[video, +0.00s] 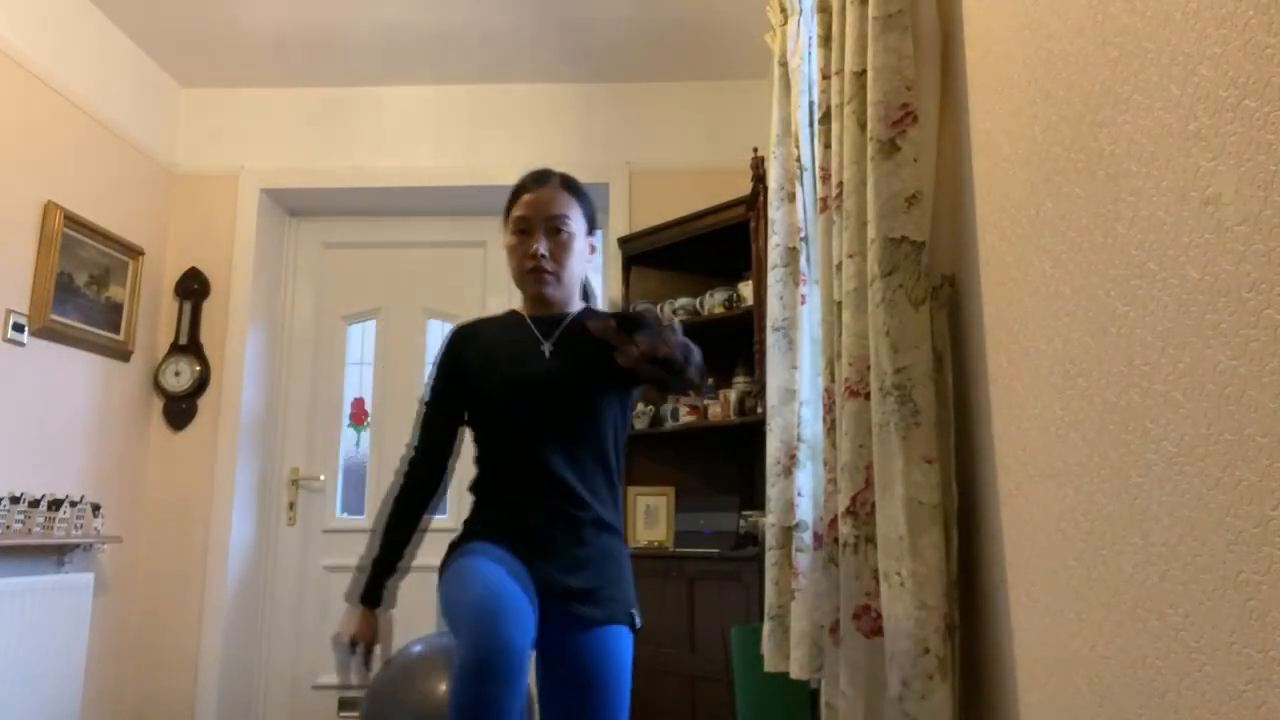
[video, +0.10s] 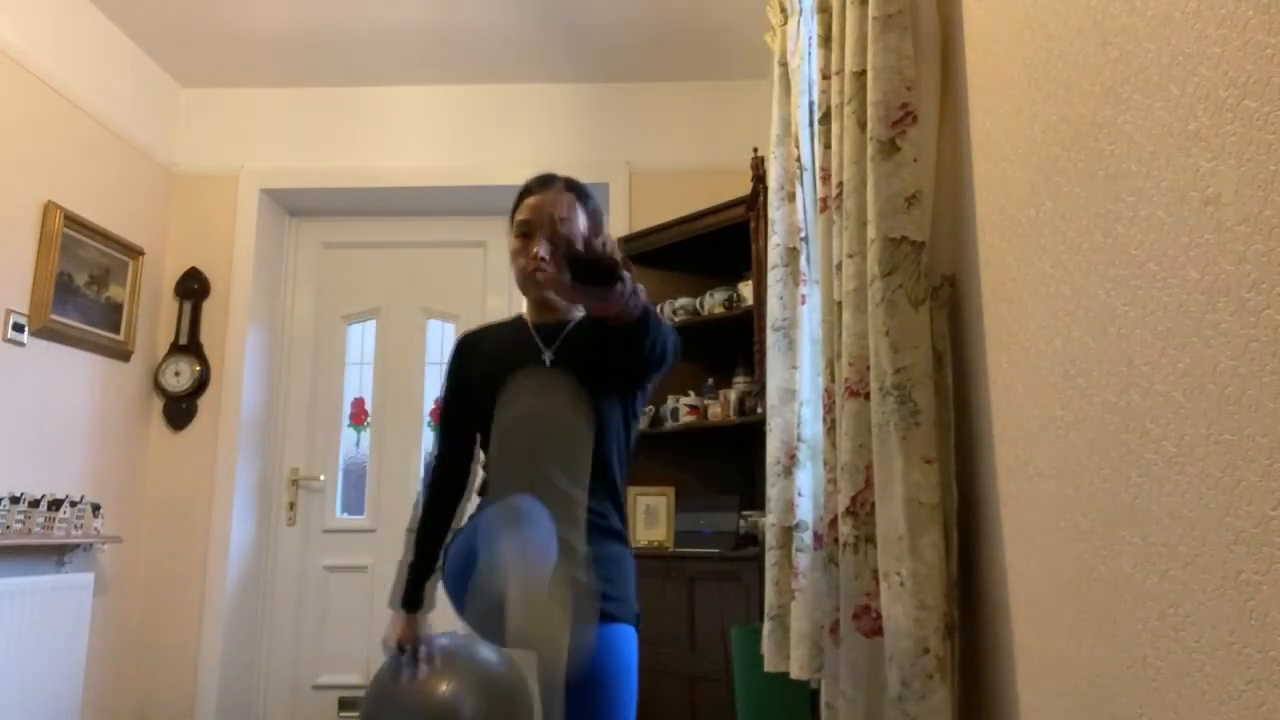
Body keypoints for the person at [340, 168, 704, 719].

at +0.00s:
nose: (537, 247)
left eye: (557, 231)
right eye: (522, 231)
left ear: (590, 248)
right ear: (505, 245)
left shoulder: (621, 336)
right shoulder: (473, 344)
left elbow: (685, 373)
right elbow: (425, 471)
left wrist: (664, 352)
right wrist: (369, 596)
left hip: (591, 555)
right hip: (495, 547)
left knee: (601, 709)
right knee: (496, 646)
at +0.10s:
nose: (536, 249)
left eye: (557, 234)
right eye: (524, 232)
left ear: (593, 251)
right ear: (509, 246)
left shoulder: (621, 342)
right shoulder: (480, 350)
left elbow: (652, 347)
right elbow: (448, 477)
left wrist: (619, 305)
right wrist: (411, 599)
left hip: (595, 576)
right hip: (493, 567)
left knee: (606, 709)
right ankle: (524, 701)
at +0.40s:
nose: (542, 249)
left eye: (562, 232)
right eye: (528, 234)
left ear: (601, 250)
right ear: (513, 250)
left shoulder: (629, 340)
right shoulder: (481, 353)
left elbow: (653, 331)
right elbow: (468, 483)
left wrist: (649, 280)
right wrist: (458, 603)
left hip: (598, 593)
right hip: (499, 593)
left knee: (604, 710)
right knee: (493, 712)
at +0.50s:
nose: (542, 240)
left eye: (562, 223)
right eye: (528, 226)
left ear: (600, 245)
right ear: (514, 245)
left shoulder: (626, 331)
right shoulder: (482, 342)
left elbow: (655, 338)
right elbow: (457, 475)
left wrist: (683, 334)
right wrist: (433, 600)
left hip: (603, 559)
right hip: (502, 549)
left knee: (608, 708)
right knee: (514, 680)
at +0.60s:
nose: (542, 239)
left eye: (562, 223)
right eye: (528, 225)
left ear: (597, 243)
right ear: (511, 243)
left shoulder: (635, 337)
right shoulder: (476, 336)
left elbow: (693, 389)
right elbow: (434, 467)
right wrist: (391, 591)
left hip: (602, 589)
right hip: (495, 583)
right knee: (502, 710)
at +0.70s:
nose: (535, 243)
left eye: (555, 229)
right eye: (520, 230)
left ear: (589, 248)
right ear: (505, 249)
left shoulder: (624, 348)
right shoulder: (461, 338)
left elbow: (678, 441)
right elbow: (405, 462)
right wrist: (343, 585)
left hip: (591, 610)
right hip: (479, 609)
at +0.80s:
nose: (527, 244)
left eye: (547, 231)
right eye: (512, 230)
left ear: (578, 253)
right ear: (493, 247)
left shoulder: (613, 350)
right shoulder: (449, 337)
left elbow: (651, 479)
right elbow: (379, 457)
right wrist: (305, 568)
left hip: (572, 615)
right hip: (460, 610)